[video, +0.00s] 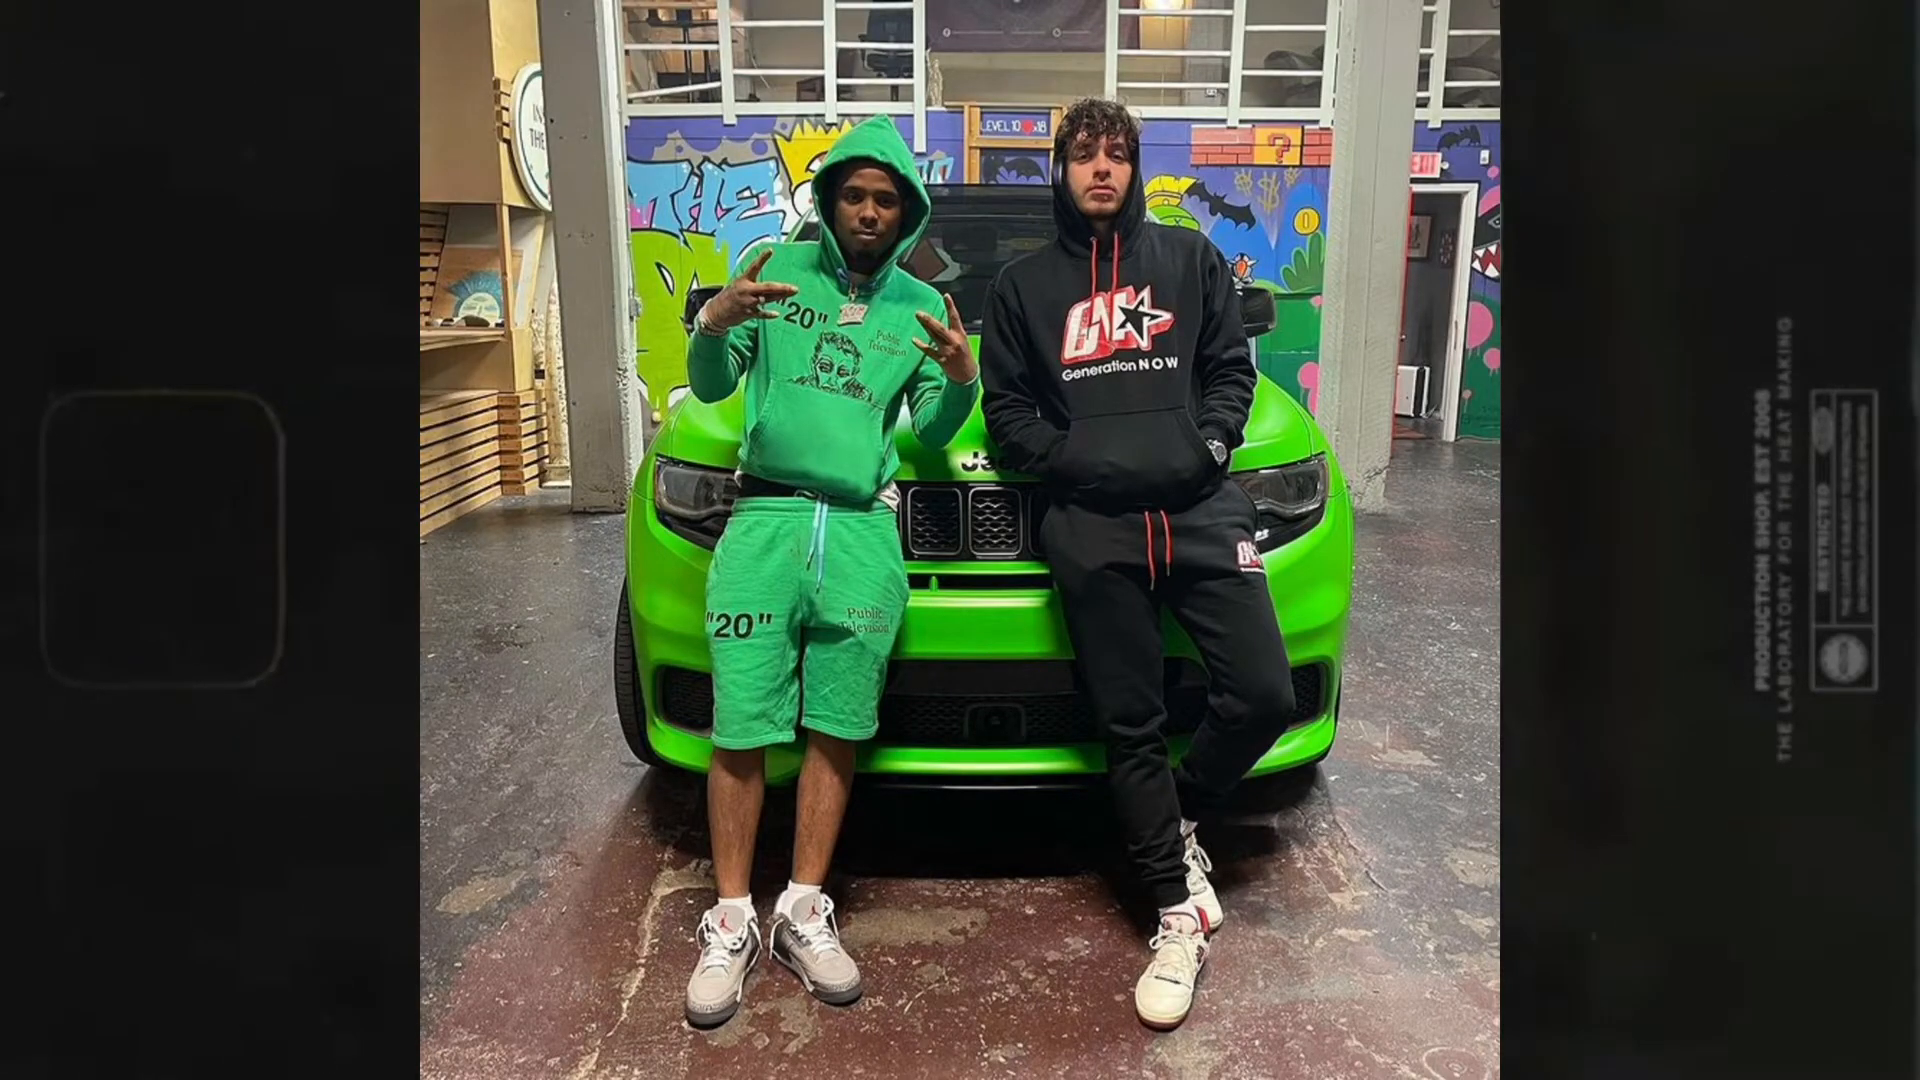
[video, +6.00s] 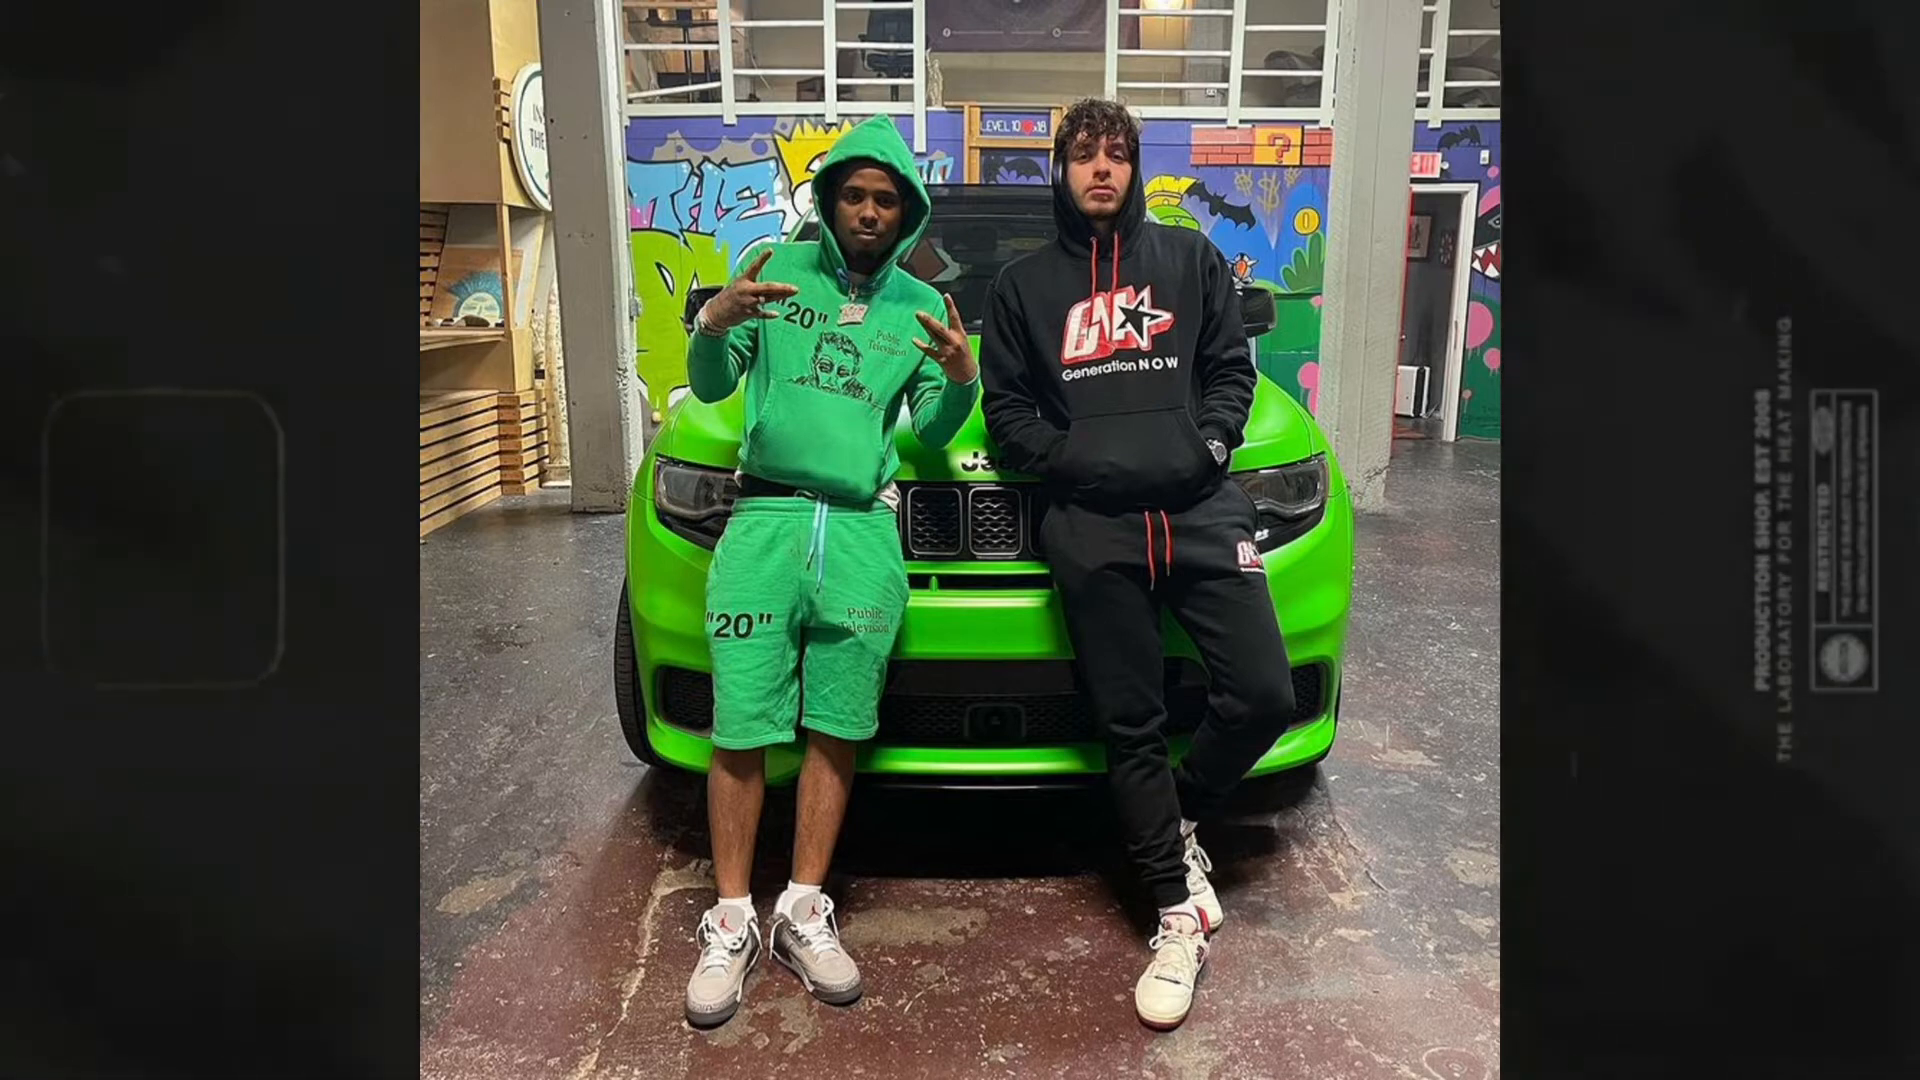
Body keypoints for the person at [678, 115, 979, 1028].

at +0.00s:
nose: (869, 213)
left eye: (885, 199)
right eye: (855, 196)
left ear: (906, 212)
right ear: (827, 202)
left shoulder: (923, 306)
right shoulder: (775, 267)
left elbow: (923, 439)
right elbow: (712, 384)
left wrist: (960, 380)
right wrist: (712, 322)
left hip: (861, 527)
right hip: (764, 517)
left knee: (838, 728)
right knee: (741, 729)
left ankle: (805, 909)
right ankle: (732, 919)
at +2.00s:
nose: (868, 212)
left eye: (884, 198)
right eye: (854, 196)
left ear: (906, 211)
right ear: (827, 202)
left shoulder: (923, 305)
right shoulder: (776, 267)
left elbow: (924, 439)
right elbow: (712, 384)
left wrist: (961, 380)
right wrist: (714, 321)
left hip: (861, 527)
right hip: (763, 516)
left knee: (838, 728)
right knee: (741, 728)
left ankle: (805, 909)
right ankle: (732, 920)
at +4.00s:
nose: (868, 212)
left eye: (885, 198)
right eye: (854, 196)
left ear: (907, 212)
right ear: (827, 202)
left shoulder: (923, 305)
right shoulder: (776, 268)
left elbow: (923, 439)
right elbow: (712, 384)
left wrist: (961, 380)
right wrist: (713, 321)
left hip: (861, 527)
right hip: (763, 517)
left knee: (838, 728)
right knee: (741, 728)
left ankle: (805, 908)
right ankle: (732, 919)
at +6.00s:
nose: (868, 212)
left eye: (885, 198)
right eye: (854, 196)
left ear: (907, 212)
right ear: (827, 202)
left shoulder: (923, 305)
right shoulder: (776, 268)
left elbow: (923, 439)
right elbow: (712, 384)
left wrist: (961, 380)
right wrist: (713, 321)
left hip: (861, 527)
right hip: (763, 517)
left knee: (838, 728)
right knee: (741, 728)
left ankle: (805, 908)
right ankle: (732, 919)